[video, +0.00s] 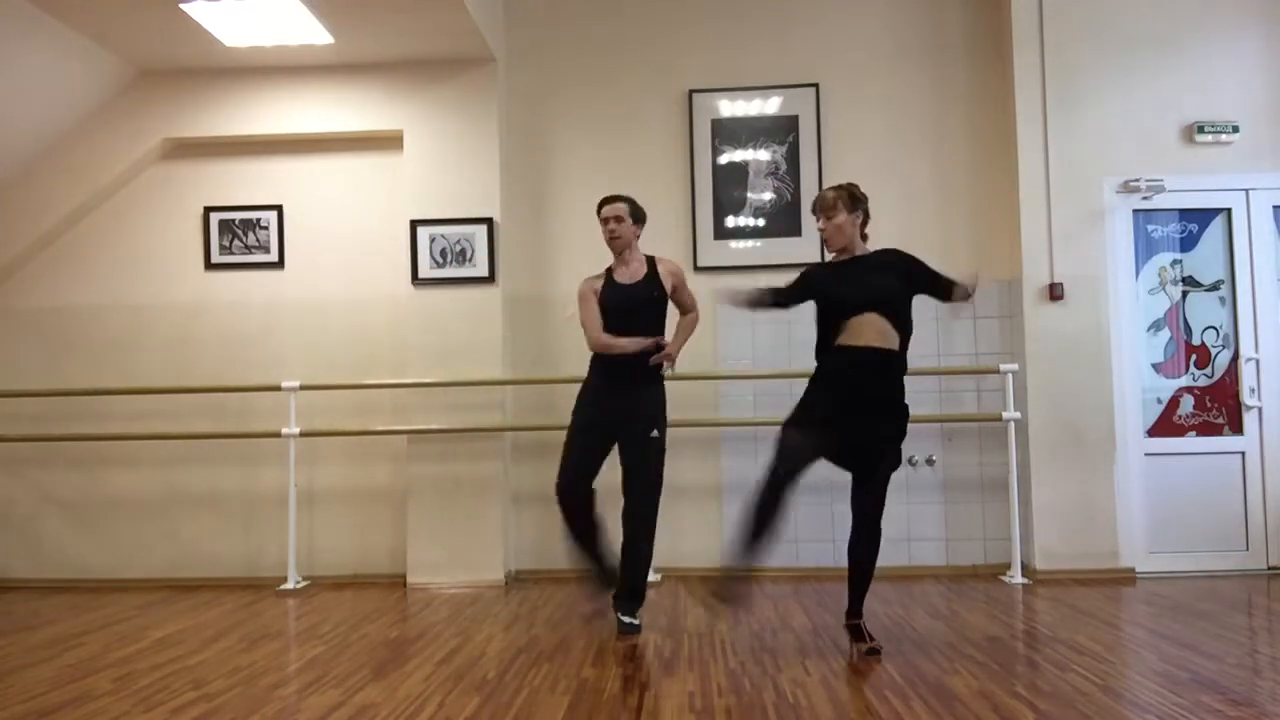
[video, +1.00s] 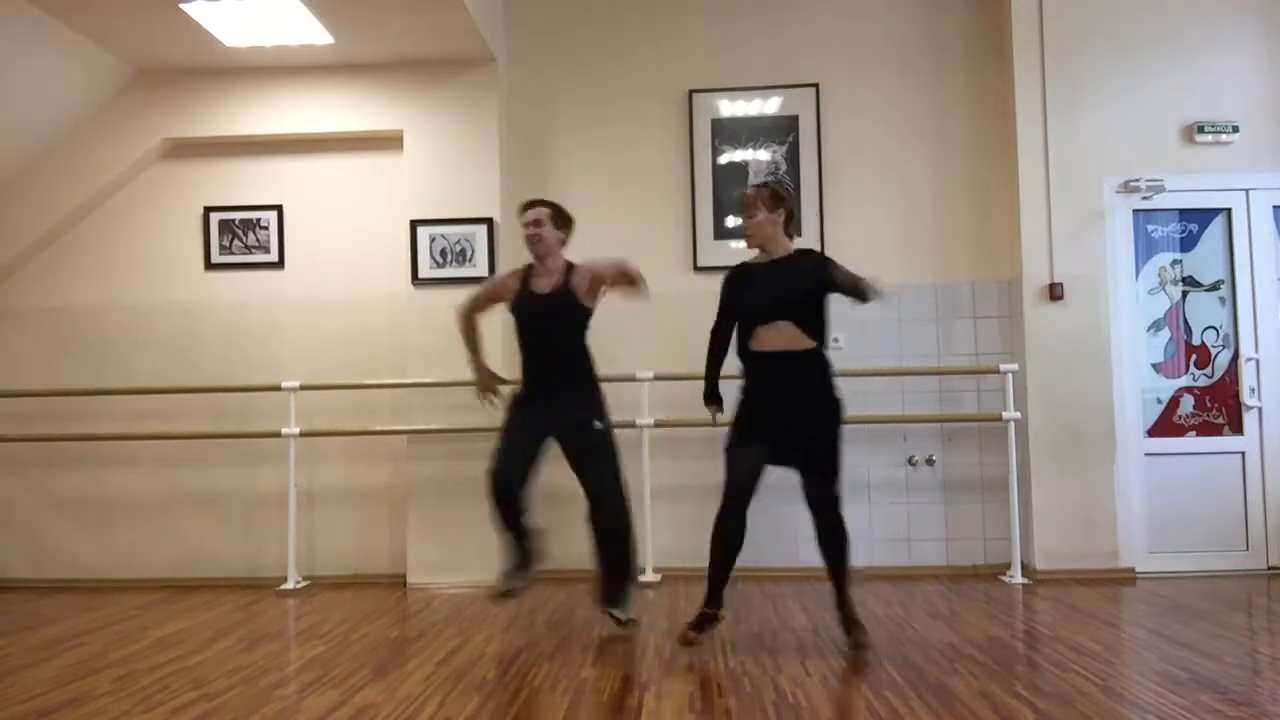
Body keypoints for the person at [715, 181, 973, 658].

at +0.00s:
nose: (824, 225)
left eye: (833, 215)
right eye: (821, 217)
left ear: (859, 218)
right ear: (820, 223)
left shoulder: (896, 262)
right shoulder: (820, 275)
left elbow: (949, 291)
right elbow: (782, 297)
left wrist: (963, 289)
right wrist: (740, 297)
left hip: (883, 394)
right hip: (830, 388)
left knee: (868, 513)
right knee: (781, 472)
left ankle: (855, 616)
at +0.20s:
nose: (816, 228)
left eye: (825, 220)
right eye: (814, 222)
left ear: (853, 226)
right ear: (815, 231)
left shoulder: (883, 275)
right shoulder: (804, 285)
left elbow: (937, 314)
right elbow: (757, 322)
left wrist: (916, 366)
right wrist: (754, 281)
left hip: (875, 399)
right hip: (822, 402)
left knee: (867, 515)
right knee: (832, 510)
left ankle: (853, 615)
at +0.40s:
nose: (798, 235)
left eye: (808, 227)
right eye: (798, 228)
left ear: (837, 234)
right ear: (802, 237)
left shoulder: (865, 282)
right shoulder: (792, 291)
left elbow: (907, 326)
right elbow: (782, 342)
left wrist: (889, 368)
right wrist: (813, 309)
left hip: (869, 401)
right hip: (823, 410)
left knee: (857, 518)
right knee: (839, 523)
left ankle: (849, 618)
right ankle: (938, 559)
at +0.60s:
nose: (782, 236)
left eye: (793, 227)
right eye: (783, 229)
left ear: (822, 235)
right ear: (790, 238)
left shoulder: (851, 285)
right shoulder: (777, 290)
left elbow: (889, 328)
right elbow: (792, 330)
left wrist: (870, 371)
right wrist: (821, 276)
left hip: (857, 399)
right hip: (809, 409)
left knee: (855, 520)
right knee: (849, 526)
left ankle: (851, 617)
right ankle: (923, 597)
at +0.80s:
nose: (770, 237)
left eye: (779, 229)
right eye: (768, 230)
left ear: (806, 233)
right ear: (775, 237)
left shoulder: (840, 283)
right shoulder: (769, 294)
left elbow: (900, 317)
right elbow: (753, 350)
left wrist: (884, 364)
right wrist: (790, 319)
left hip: (845, 406)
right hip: (797, 411)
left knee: (854, 518)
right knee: (797, 516)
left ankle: (851, 617)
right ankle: (833, 574)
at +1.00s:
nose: (744, 224)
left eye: (751, 214)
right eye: (743, 216)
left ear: (780, 216)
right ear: (757, 220)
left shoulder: (811, 263)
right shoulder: (740, 277)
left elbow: (851, 287)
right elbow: (721, 332)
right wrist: (711, 383)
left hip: (811, 393)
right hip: (760, 394)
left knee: (823, 502)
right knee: (734, 499)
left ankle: (845, 606)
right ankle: (711, 605)